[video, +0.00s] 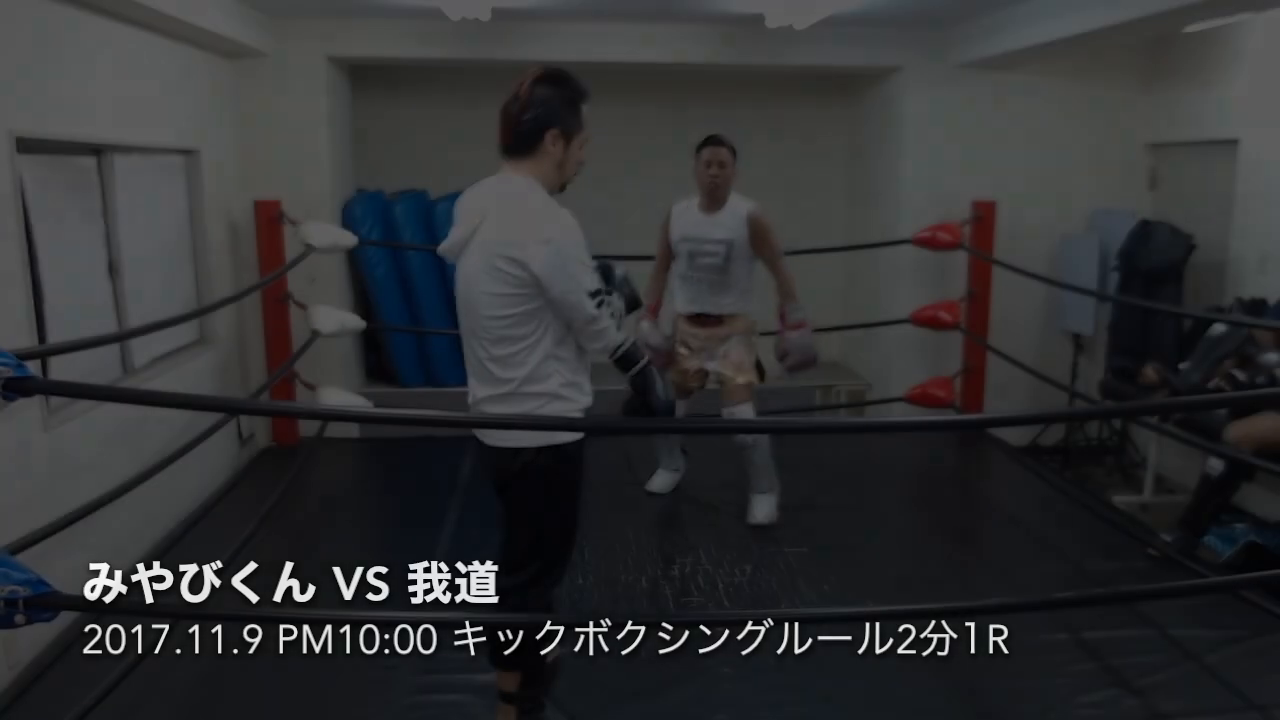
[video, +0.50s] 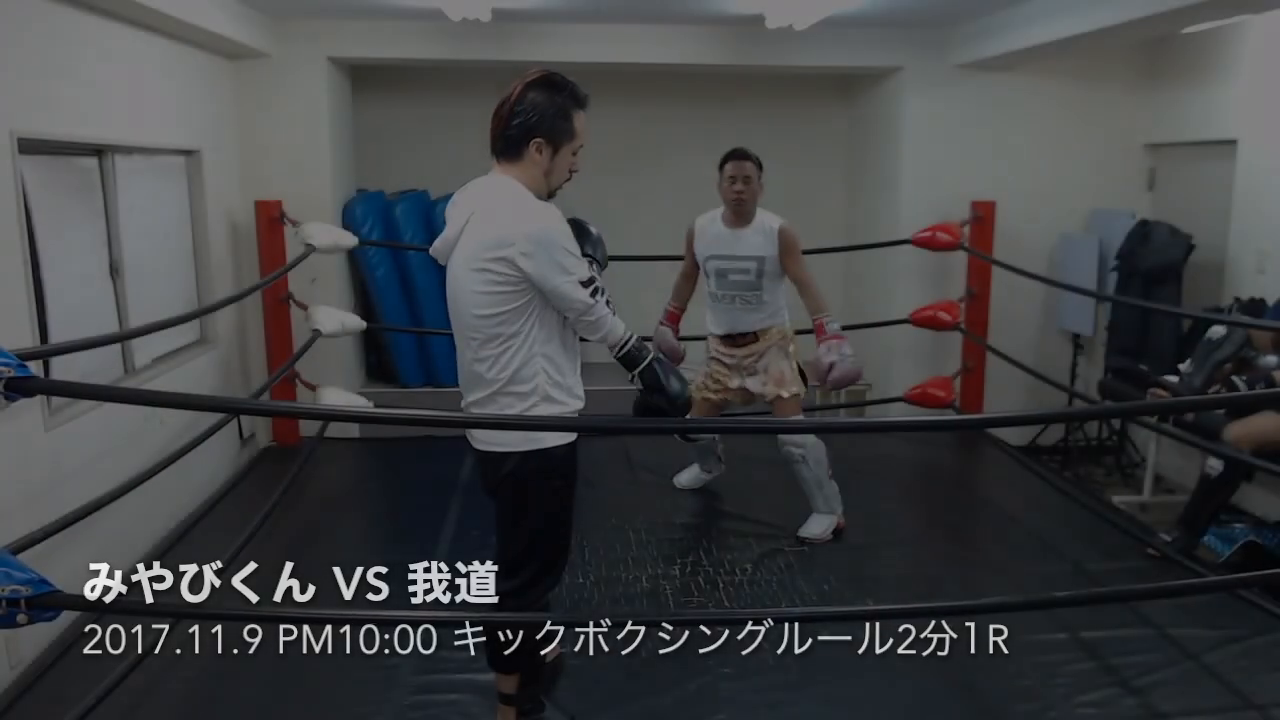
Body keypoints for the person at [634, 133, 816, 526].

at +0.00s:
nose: (714, 172)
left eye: (722, 165)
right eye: (708, 165)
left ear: (734, 172)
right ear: (695, 169)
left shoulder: (748, 218)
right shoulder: (677, 216)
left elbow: (780, 271)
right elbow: (661, 269)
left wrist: (791, 320)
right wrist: (649, 318)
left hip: (732, 333)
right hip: (685, 330)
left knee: (740, 416)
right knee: (670, 404)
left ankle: (764, 490)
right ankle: (671, 463)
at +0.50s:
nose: (739, 187)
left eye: (747, 180)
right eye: (731, 180)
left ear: (760, 184)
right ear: (719, 184)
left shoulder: (777, 233)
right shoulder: (701, 230)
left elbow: (806, 286)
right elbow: (688, 276)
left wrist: (827, 335)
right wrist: (668, 324)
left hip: (770, 348)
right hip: (722, 351)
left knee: (791, 432)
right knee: (695, 422)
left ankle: (828, 509)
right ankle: (710, 463)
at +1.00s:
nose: (681, 195)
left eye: (689, 187)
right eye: (674, 187)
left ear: (708, 184)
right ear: (668, 187)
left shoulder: (730, 221)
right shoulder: (668, 225)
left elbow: (753, 278)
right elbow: (653, 271)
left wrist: (729, 330)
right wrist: (625, 310)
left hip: (736, 323)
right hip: (690, 325)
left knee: (724, 411)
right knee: (666, 398)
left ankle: (755, 469)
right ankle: (651, 456)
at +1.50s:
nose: (695, 196)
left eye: (703, 188)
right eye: (689, 188)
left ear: (722, 181)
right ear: (682, 184)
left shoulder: (742, 221)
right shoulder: (678, 208)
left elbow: (761, 283)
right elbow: (669, 251)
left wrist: (750, 337)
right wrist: (662, 276)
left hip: (729, 325)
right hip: (687, 322)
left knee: (739, 414)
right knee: (663, 401)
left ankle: (789, 486)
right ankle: (664, 458)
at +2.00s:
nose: (701, 210)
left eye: (709, 201)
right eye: (695, 202)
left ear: (729, 194)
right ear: (689, 199)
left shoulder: (753, 234)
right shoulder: (684, 234)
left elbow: (770, 296)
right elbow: (680, 276)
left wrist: (749, 345)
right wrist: (666, 293)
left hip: (758, 338)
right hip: (717, 342)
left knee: (778, 432)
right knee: (700, 427)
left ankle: (816, 515)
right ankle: (727, 472)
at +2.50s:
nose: (667, 199)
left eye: (675, 191)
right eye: (661, 191)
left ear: (695, 187)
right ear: (655, 189)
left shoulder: (713, 229)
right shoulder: (653, 217)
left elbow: (719, 289)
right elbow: (642, 260)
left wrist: (686, 332)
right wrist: (635, 281)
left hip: (702, 324)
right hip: (665, 321)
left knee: (689, 413)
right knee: (642, 403)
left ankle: (732, 477)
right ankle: (653, 461)